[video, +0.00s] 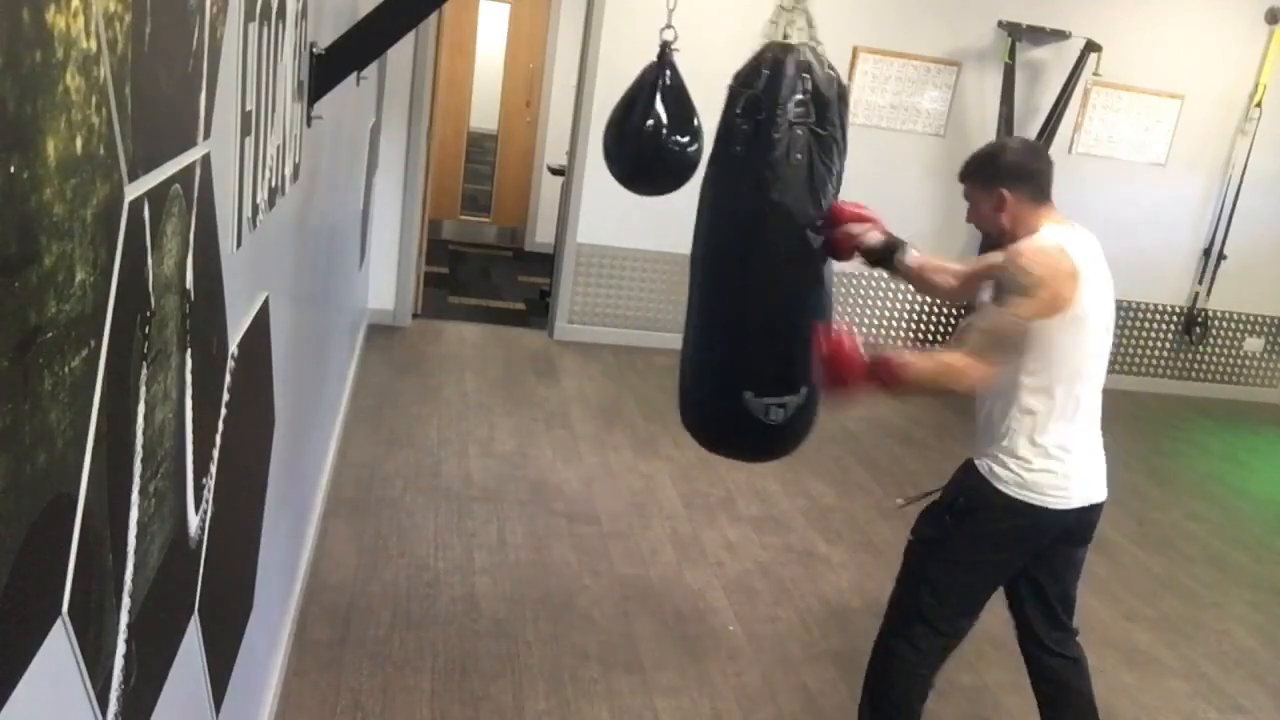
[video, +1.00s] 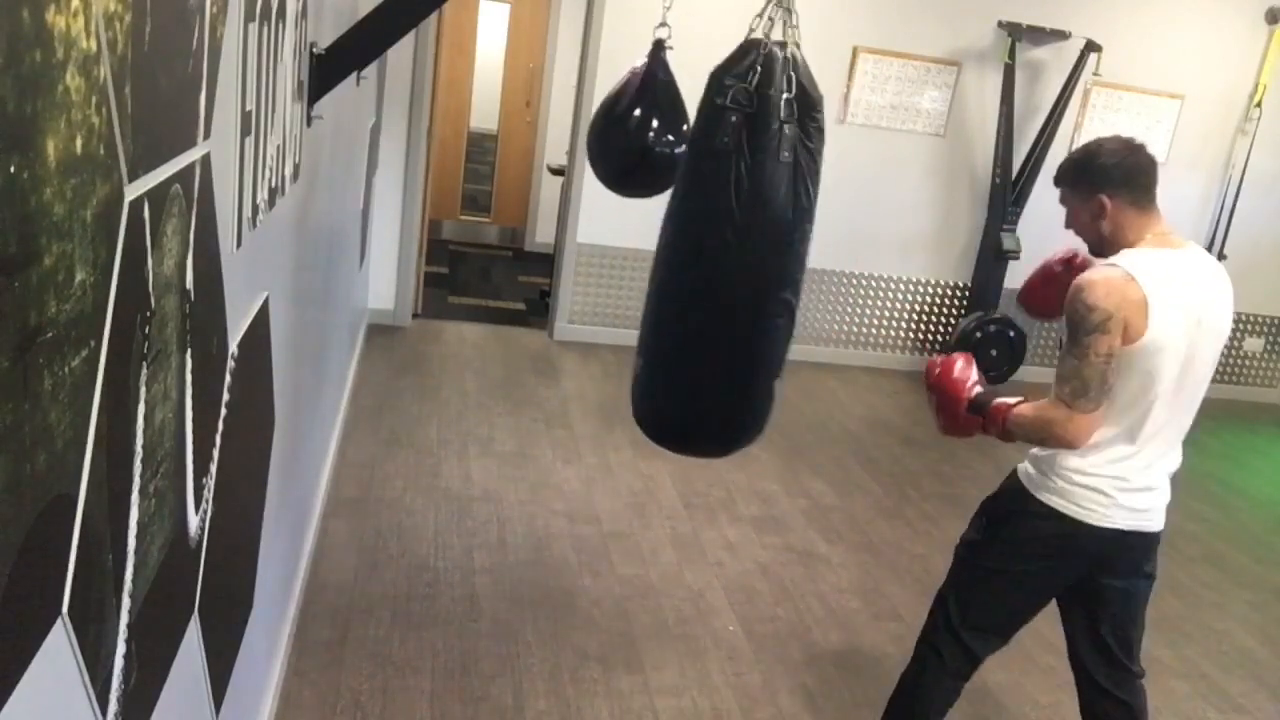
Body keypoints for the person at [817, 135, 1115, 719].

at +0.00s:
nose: (969, 216)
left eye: (972, 202)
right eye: (968, 203)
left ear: (1006, 199)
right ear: (1028, 196)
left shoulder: (1033, 261)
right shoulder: (1077, 247)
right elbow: (959, 280)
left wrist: (868, 366)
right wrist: (885, 250)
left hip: (1009, 491)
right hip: (1075, 496)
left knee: (912, 640)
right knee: (1052, 641)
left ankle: (885, 712)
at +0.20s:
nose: (999, 221)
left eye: (1003, 208)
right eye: (998, 209)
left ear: (1030, 203)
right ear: (1073, 200)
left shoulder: (1030, 249)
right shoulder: (1137, 268)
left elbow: (949, 294)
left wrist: (860, 282)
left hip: (999, 487)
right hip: (1086, 504)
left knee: (914, 618)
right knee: (1070, 645)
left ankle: (886, 709)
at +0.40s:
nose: (990, 212)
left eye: (993, 202)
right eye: (988, 201)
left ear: (1020, 204)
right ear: (1065, 192)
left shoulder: (1036, 265)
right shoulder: (1116, 257)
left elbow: (997, 383)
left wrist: (927, 373)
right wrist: (1006, 250)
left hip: (1015, 488)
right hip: (1090, 494)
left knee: (931, 639)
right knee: (1074, 642)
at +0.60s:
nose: (1010, 216)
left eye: (1012, 205)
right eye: (1010, 203)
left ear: (1031, 214)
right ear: (1087, 198)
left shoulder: (1013, 291)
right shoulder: (1144, 278)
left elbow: (956, 391)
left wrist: (878, 394)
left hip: (996, 489)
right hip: (1088, 503)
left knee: (933, 622)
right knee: (1087, 650)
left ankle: (907, 711)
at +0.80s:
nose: (1039, 228)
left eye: (1044, 210)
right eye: (1041, 210)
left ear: (1069, 208)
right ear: (1114, 199)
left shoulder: (1044, 287)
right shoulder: (1183, 284)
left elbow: (979, 399)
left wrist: (897, 382)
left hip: (1021, 504)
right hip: (1113, 519)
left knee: (941, 637)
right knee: (1102, 658)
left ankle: (909, 710)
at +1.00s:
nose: (1067, 224)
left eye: (1069, 208)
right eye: (1064, 210)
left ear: (1104, 205)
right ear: (1140, 196)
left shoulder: (1102, 288)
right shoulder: (1212, 278)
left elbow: (1070, 425)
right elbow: (1153, 354)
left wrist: (982, 406)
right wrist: (1084, 292)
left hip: (1051, 510)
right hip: (1135, 522)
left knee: (948, 649)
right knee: (1114, 683)